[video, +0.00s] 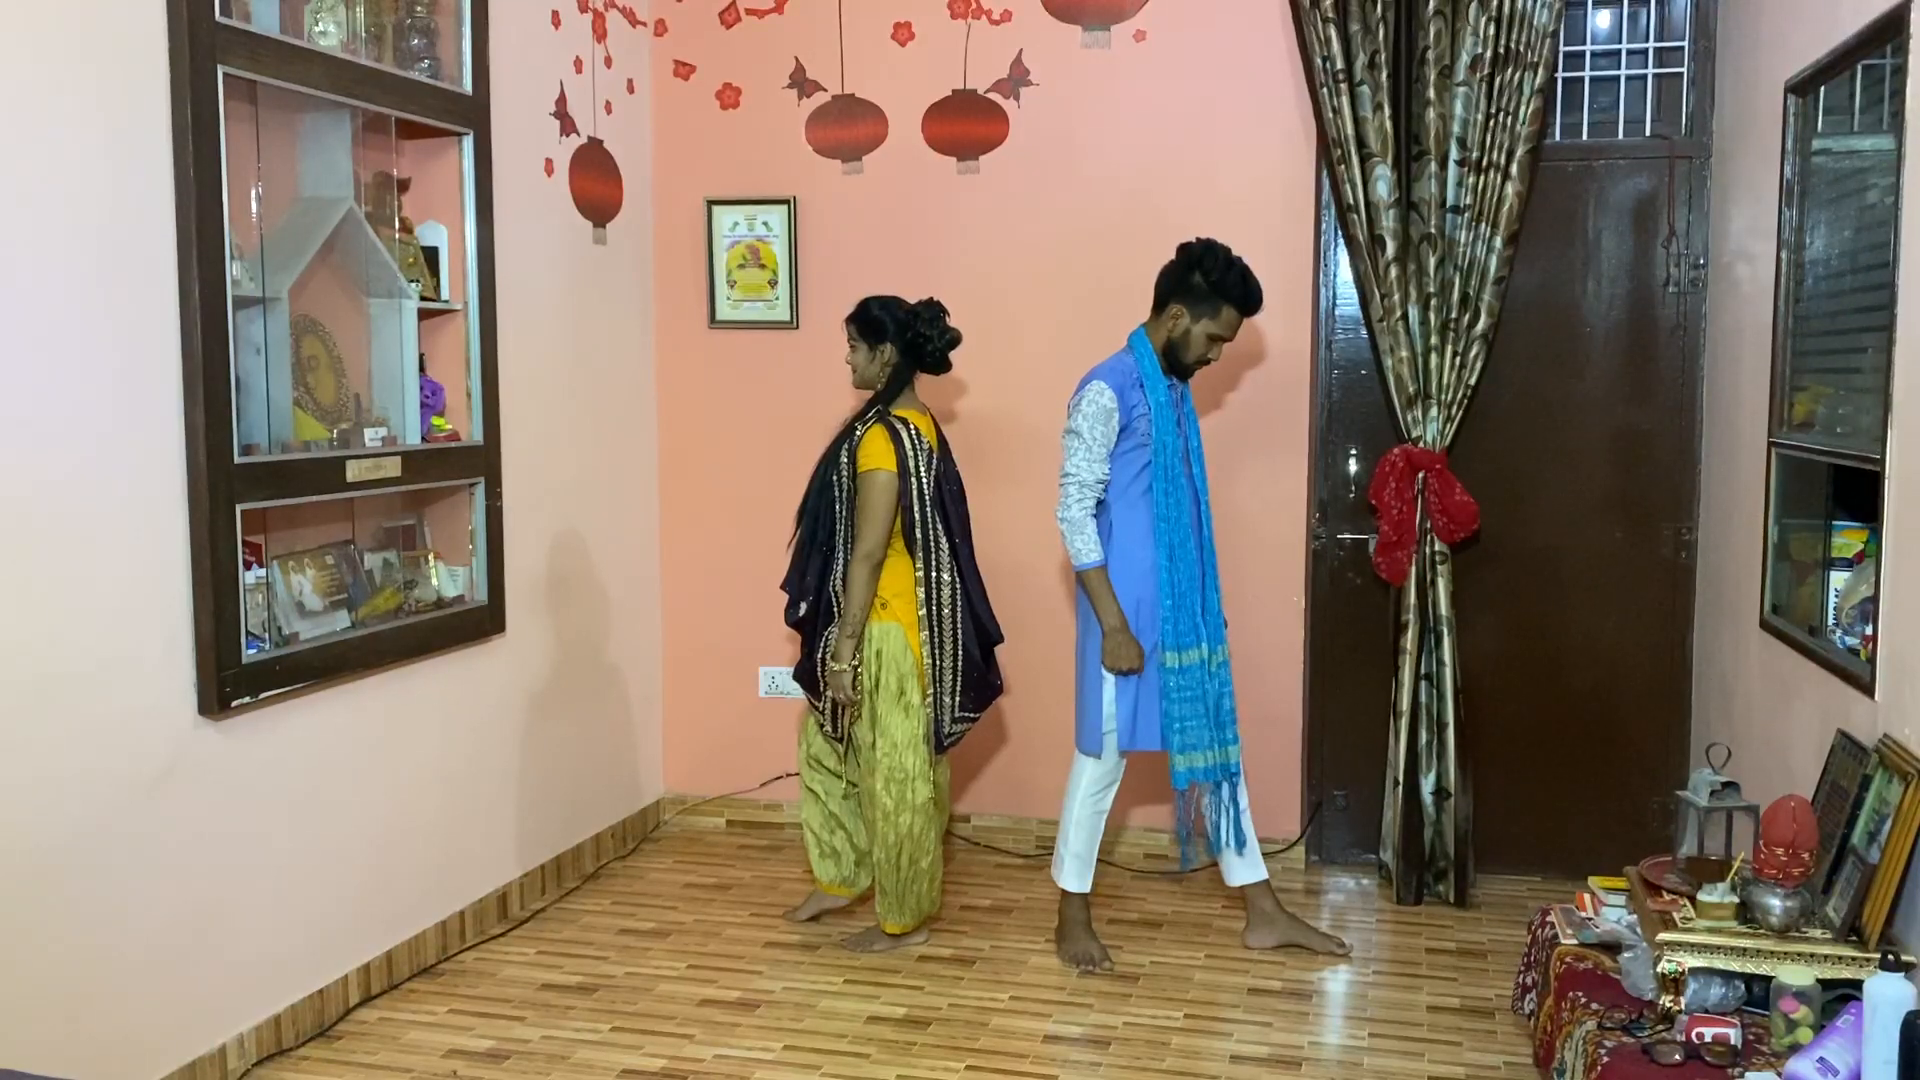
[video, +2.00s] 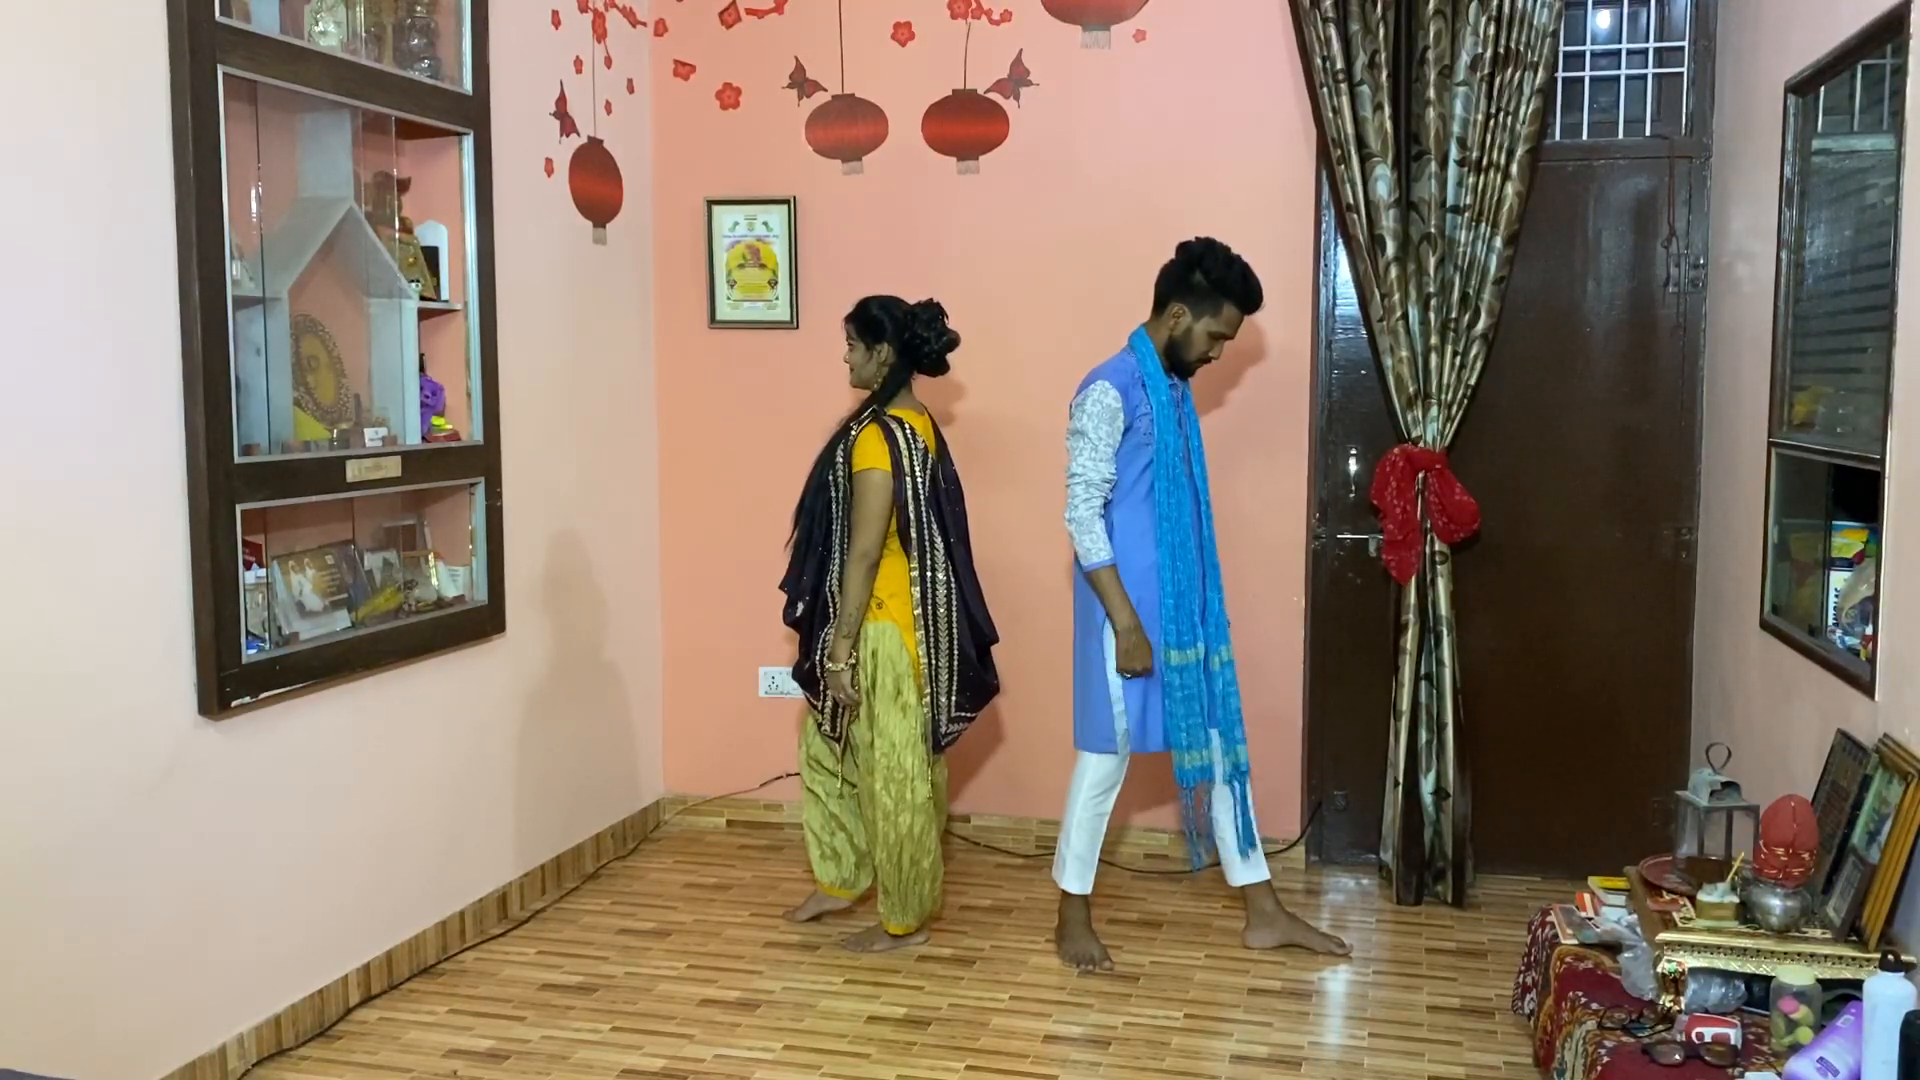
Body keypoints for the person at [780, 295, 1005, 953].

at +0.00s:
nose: (847, 359)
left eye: (856, 348)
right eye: (848, 347)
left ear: (888, 354)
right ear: (896, 355)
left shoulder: (883, 435)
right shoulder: (914, 425)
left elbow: (870, 551)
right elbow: (880, 547)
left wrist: (844, 647)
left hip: (888, 628)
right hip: (883, 619)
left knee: (896, 773)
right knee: (827, 749)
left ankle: (904, 914)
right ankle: (841, 875)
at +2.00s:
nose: (845, 358)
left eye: (854, 347)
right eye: (847, 346)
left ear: (885, 354)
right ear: (895, 354)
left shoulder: (879, 435)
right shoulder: (915, 425)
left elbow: (866, 549)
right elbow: (885, 546)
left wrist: (840, 646)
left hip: (881, 628)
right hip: (886, 619)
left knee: (895, 775)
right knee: (827, 752)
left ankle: (905, 918)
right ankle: (841, 879)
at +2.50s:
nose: (842, 359)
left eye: (850, 349)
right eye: (845, 348)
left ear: (880, 357)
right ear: (888, 358)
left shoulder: (877, 439)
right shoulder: (908, 426)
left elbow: (867, 558)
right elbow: (892, 552)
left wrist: (788, 618)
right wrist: (811, 614)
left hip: (880, 630)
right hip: (885, 623)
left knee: (889, 772)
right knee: (818, 745)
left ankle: (907, 915)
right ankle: (845, 880)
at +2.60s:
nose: (842, 374)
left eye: (849, 364)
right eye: (844, 363)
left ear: (878, 373)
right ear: (886, 374)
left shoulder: (884, 451)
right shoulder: (904, 437)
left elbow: (839, 548)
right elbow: (865, 511)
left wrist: (775, 519)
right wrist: (805, 499)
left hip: (883, 638)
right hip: (877, 629)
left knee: (883, 775)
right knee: (801, 742)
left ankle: (907, 917)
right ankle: (842, 884)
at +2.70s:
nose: (844, 371)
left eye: (852, 361)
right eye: (848, 360)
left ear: (880, 369)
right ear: (891, 372)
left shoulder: (890, 436)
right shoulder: (886, 432)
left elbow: (783, 423)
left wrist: (822, 408)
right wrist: (834, 414)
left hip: (879, 633)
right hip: (847, 628)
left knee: (879, 776)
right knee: (809, 763)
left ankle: (909, 916)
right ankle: (844, 890)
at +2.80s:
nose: (840, 333)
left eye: (848, 322)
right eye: (842, 323)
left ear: (873, 332)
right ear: (895, 335)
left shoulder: (874, 390)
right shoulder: (905, 400)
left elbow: (810, 313)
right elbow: (882, 317)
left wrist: (761, 257)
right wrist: (843, 266)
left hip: (865, 601)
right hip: (849, 598)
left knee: (882, 752)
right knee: (825, 739)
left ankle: (903, 908)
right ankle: (837, 868)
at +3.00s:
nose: (827, 330)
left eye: (835, 320)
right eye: (829, 320)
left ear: (864, 332)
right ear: (883, 334)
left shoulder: (868, 388)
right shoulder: (892, 382)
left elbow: (820, 342)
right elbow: (886, 306)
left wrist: (774, 278)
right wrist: (878, 229)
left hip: (871, 591)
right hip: (848, 586)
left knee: (879, 742)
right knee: (822, 723)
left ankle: (918, 895)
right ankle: (810, 855)